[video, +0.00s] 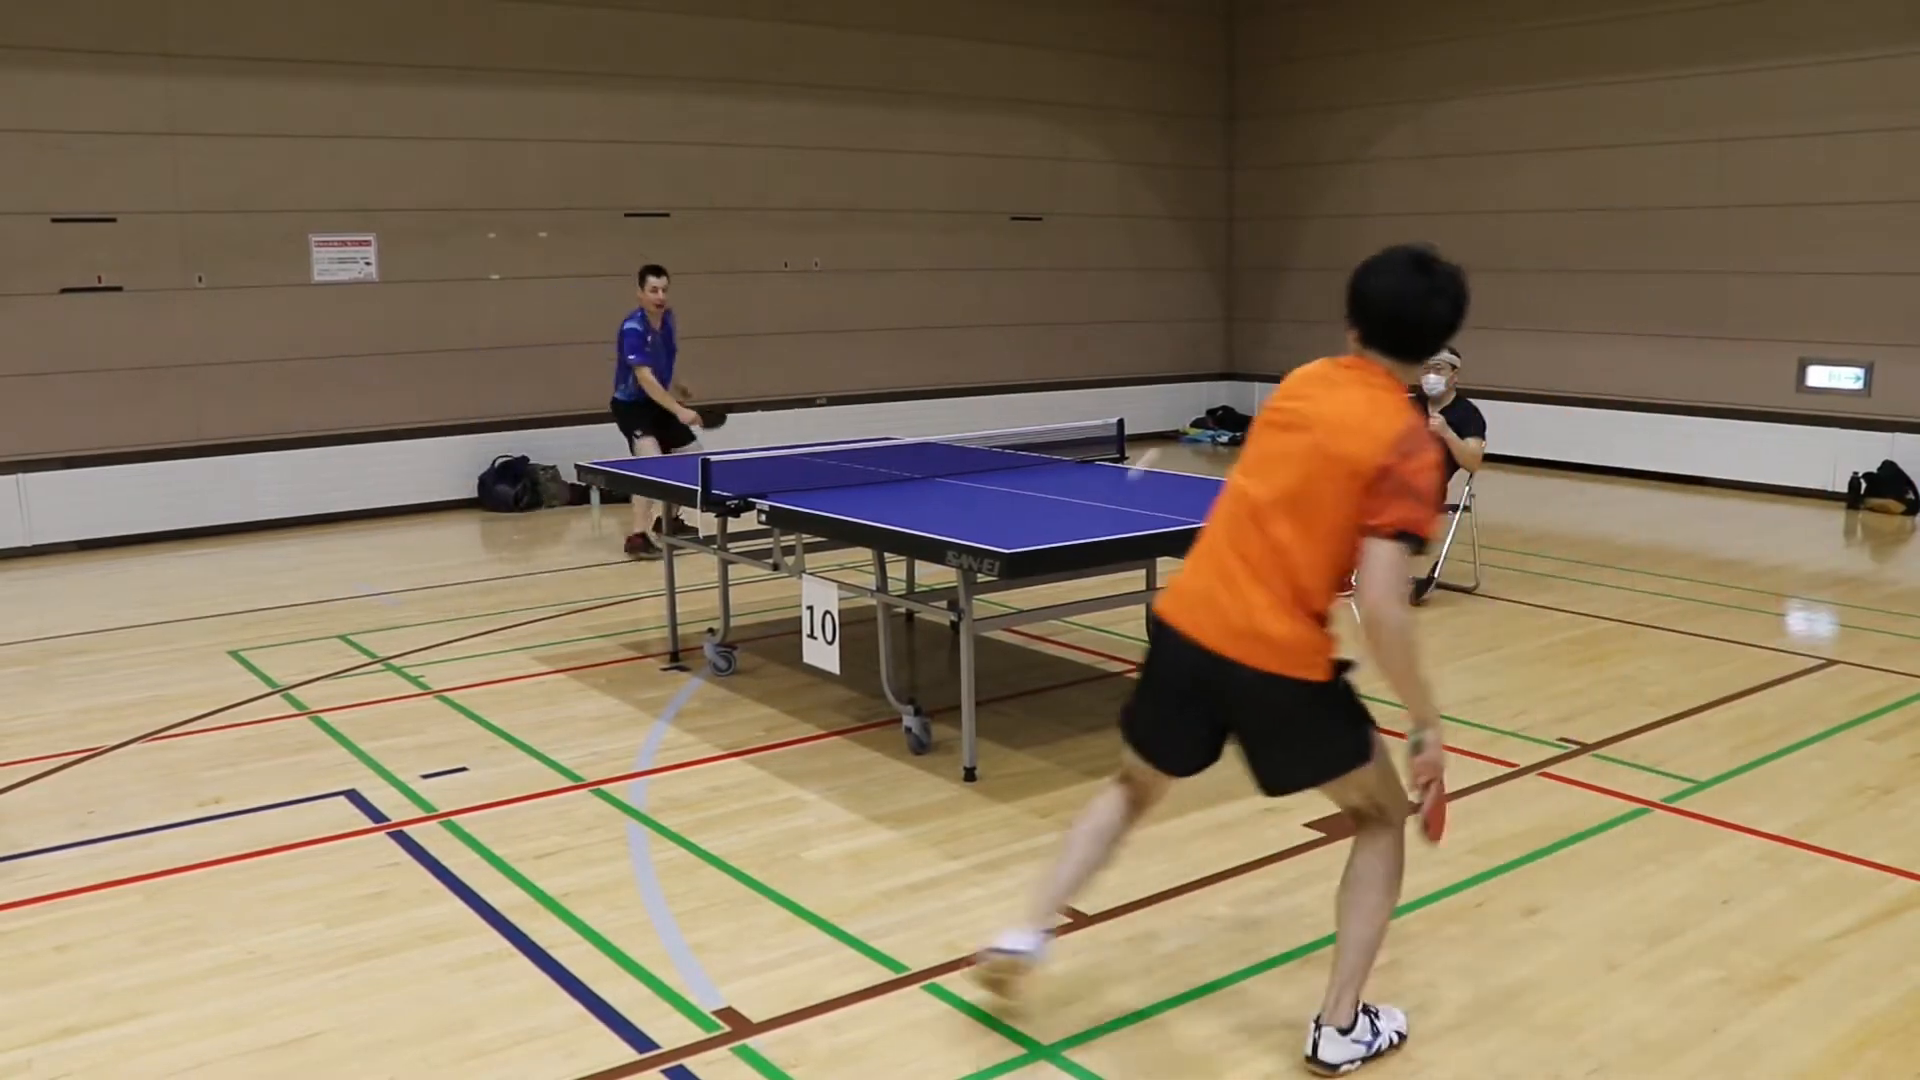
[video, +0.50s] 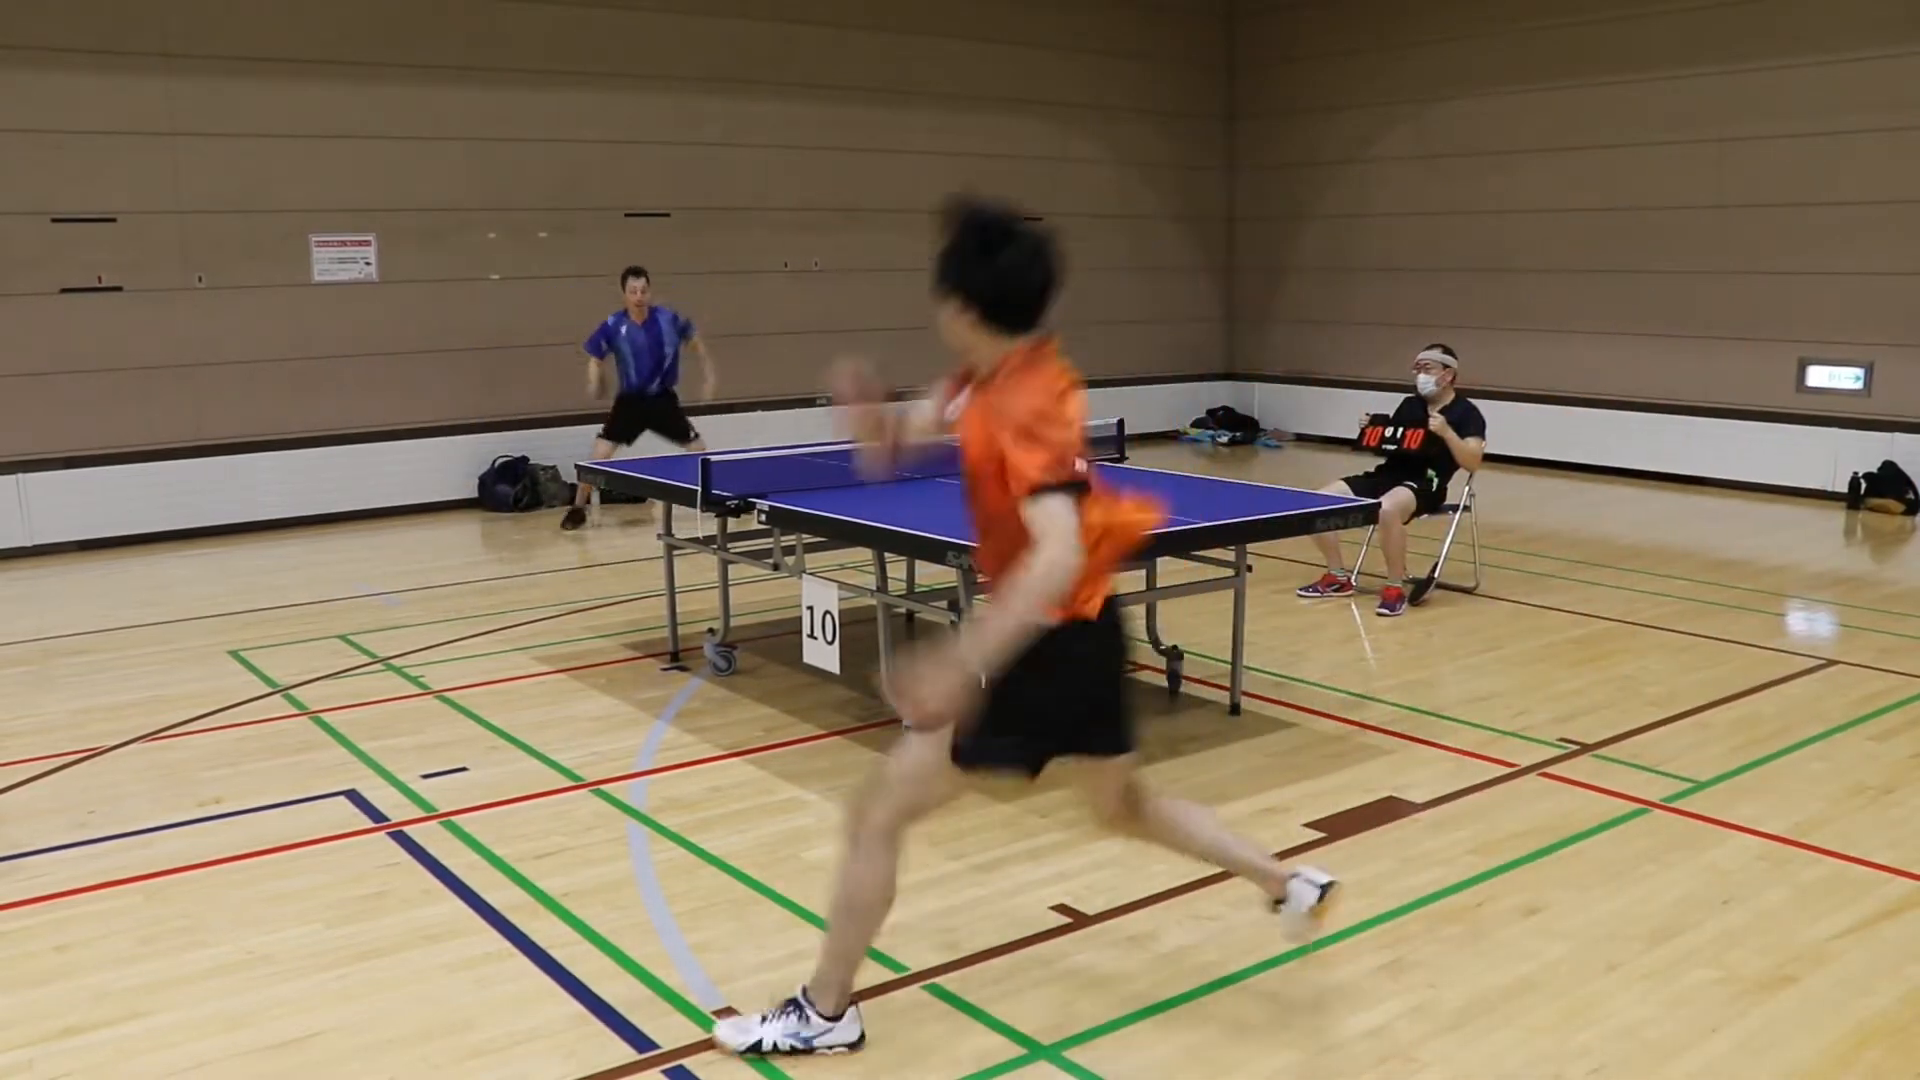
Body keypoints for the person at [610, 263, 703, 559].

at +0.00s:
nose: (660, 296)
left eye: (664, 290)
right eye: (653, 290)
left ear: (668, 292)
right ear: (640, 293)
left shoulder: (667, 319)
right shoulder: (633, 327)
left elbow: (666, 359)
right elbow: (645, 379)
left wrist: (676, 385)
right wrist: (678, 410)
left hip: (658, 399)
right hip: (631, 403)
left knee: (685, 455)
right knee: (651, 457)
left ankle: (670, 519)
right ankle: (638, 534)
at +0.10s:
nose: (656, 291)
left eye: (660, 285)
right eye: (650, 285)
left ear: (666, 287)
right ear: (638, 288)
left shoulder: (673, 314)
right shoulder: (628, 324)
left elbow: (685, 344)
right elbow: (631, 374)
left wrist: (705, 368)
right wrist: (666, 400)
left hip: (666, 396)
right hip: (636, 399)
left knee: (692, 452)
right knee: (648, 455)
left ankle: (668, 517)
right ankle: (622, 514)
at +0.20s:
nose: (651, 279)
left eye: (655, 273)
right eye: (645, 274)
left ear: (661, 275)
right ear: (633, 277)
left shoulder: (675, 300)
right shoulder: (622, 314)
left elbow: (695, 324)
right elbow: (617, 361)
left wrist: (719, 349)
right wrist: (644, 391)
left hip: (670, 385)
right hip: (636, 388)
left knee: (692, 447)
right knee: (631, 449)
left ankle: (671, 513)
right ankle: (619, 517)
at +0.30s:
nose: (646, 268)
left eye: (650, 262)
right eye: (640, 263)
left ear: (656, 264)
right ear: (629, 267)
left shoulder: (672, 290)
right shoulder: (617, 303)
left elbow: (698, 309)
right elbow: (603, 344)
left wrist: (721, 335)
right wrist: (620, 378)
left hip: (668, 373)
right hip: (633, 376)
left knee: (700, 436)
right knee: (615, 438)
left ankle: (690, 499)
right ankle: (598, 496)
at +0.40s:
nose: (642, 271)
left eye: (646, 265)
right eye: (636, 266)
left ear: (653, 267)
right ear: (627, 269)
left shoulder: (670, 295)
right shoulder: (614, 304)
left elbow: (698, 310)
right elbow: (594, 343)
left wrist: (721, 338)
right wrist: (611, 377)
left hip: (667, 381)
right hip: (631, 383)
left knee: (706, 440)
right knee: (602, 447)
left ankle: (718, 499)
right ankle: (581, 498)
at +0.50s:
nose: (639, 296)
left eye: (643, 291)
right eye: (633, 291)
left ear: (649, 292)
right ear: (624, 294)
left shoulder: (668, 319)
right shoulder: (614, 325)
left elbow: (696, 341)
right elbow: (595, 356)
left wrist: (709, 378)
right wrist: (594, 383)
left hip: (663, 401)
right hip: (629, 402)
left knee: (698, 449)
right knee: (601, 452)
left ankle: (717, 500)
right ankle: (578, 507)